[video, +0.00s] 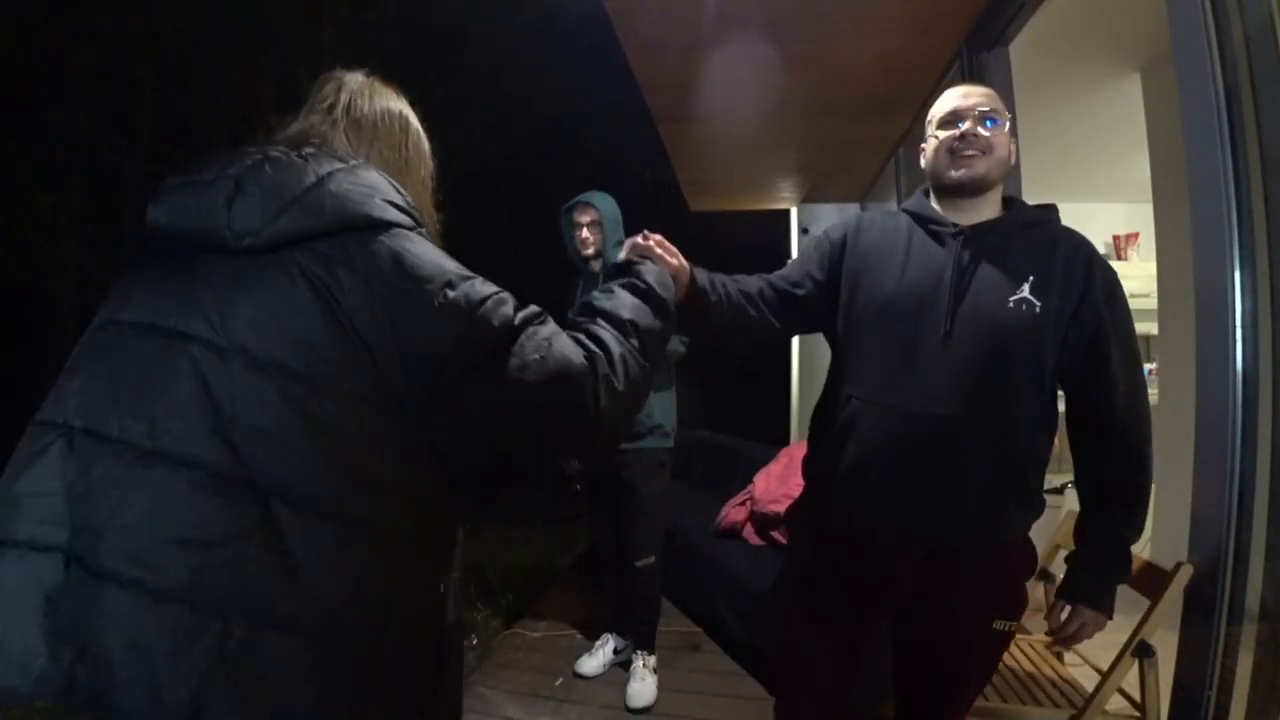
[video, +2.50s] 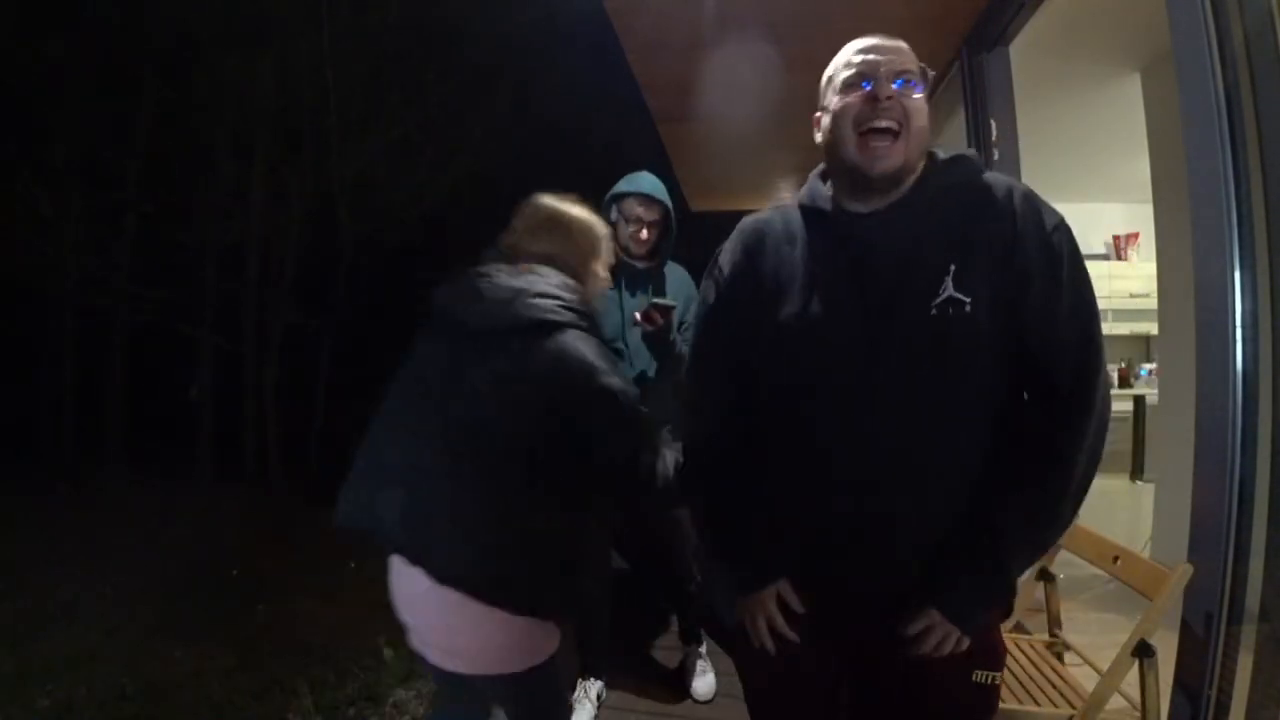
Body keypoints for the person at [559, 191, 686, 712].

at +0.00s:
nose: (586, 236)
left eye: (594, 226)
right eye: (578, 228)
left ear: (615, 228)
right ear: (571, 236)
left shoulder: (645, 278)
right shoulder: (579, 288)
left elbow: (675, 345)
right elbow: (575, 352)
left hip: (646, 432)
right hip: (598, 433)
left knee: (642, 546)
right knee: (604, 539)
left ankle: (644, 653)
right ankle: (617, 632)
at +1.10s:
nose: (653, 239)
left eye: (662, 229)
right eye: (643, 230)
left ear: (679, 229)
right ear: (632, 235)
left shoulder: (710, 274)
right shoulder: (625, 291)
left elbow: (726, 353)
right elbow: (606, 368)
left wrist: (678, 332)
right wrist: (594, 432)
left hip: (695, 437)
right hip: (636, 436)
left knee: (694, 540)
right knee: (626, 535)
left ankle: (694, 642)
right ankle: (620, 633)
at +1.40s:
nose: (690, 237)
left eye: (700, 228)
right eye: (681, 228)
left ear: (717, 230)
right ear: (668, 230)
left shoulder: (736, 285)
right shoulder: (651, 282)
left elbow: (750, 357)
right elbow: (620, 358)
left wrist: (712, 327)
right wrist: (603, 422)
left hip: (707, 437)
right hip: (645, 433)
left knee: (700, 540)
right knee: (631, 536)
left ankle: (696, 645)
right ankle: (620, 633)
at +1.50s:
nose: (696, 235)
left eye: (707, 226)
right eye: (687, 225)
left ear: (723, 229)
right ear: (674, 228)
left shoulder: (741, 284)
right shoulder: (655, 280)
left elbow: (754, 360)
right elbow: (626, 347)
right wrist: (603, 412)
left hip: (712, 440)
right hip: (648, 437)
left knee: (704, 543)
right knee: (633, 539)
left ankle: (697, 643)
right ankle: (621, 634)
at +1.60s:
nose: (697, 233)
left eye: (708, 224)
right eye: (688, 223)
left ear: (726, 228)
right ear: (676, 227)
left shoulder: (741, 282)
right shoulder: (657, 280)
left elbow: (760, 345)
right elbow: (625, 342)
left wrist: (722, 326)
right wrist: (576, 385)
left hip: (711, 442)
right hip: (648, 437)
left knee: (701, 549)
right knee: (633, 542)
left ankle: (697, 644)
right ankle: (614, 642)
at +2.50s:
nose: (642, 232)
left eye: (652, 222)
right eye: (631, 221)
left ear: (664, 227)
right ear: (613, 224)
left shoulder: (680, 282)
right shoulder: (590, 283)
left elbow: (695, 361)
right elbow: (574, 358)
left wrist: (668, 340)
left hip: (667, 429)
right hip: (601, 428)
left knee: (677, 538)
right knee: (596, 549)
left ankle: (694, 644)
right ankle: (591, 672)